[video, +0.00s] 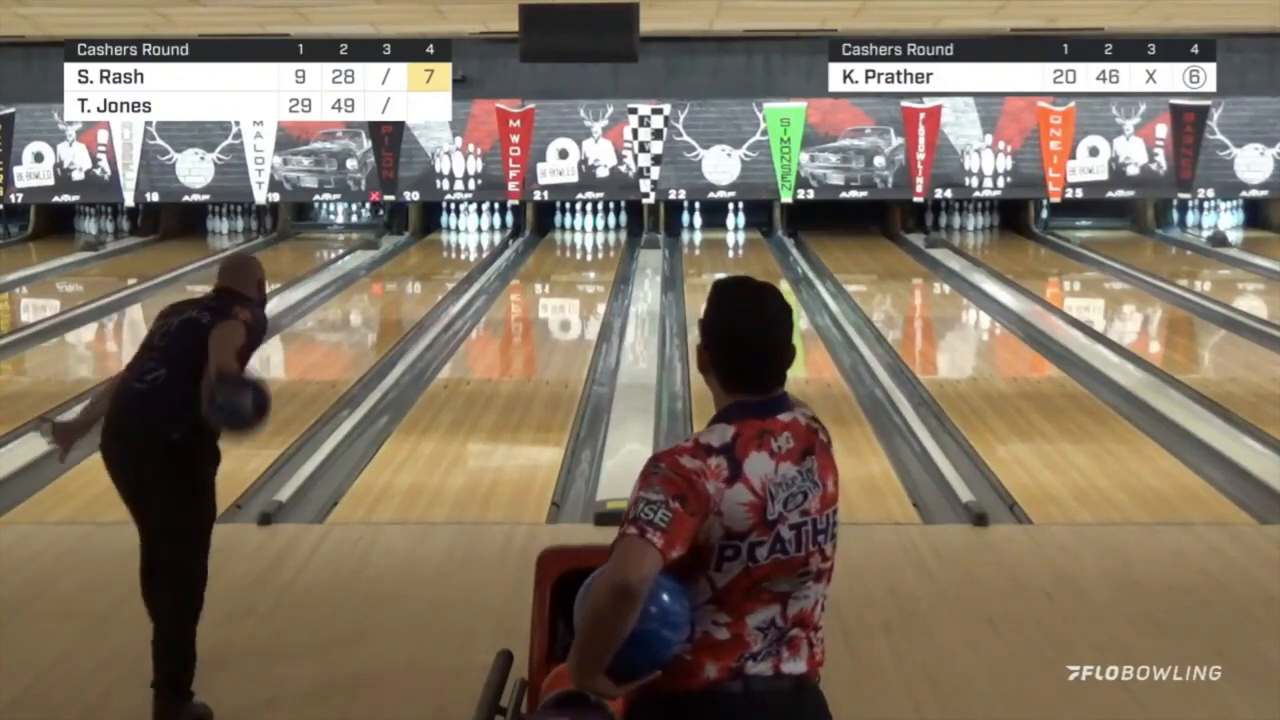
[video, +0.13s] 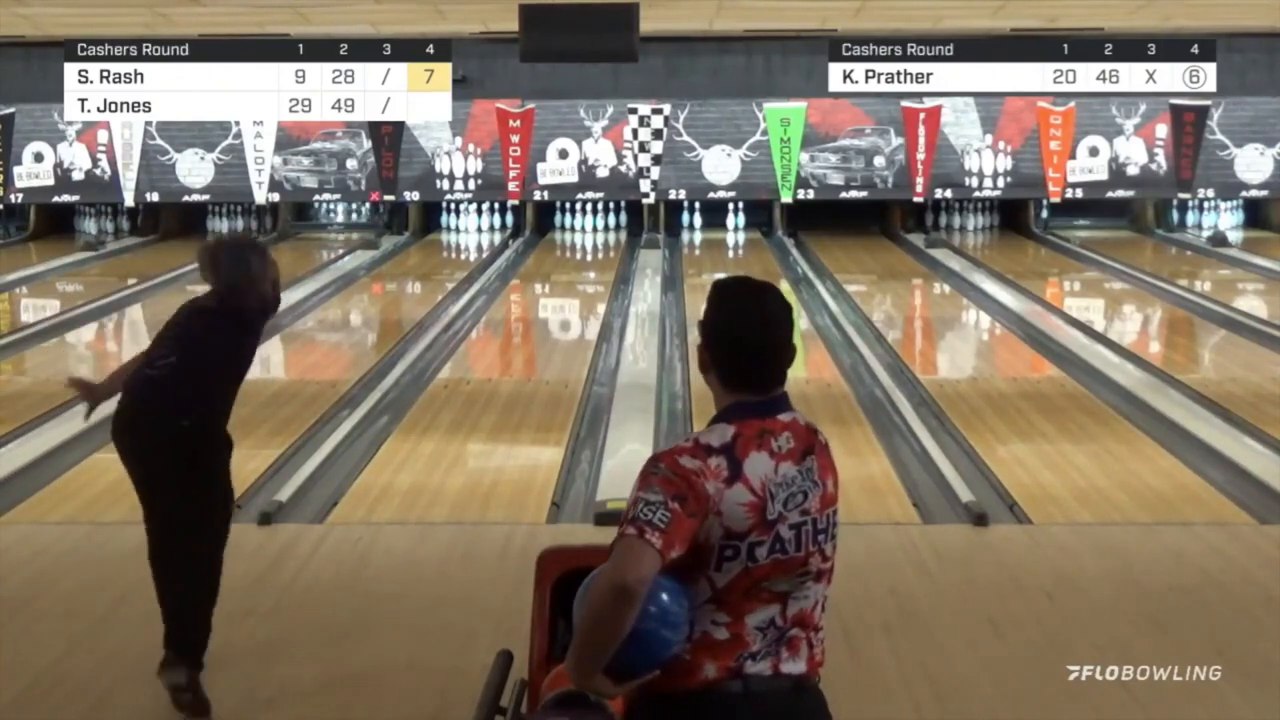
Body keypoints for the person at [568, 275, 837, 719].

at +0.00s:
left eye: (699, 338)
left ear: (702, 357)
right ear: (791, 356)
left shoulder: (686, 467)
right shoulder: (813, 436)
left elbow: (627, 580)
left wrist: (584, 671)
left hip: (696, 695)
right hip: (796, 690)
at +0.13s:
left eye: (700, 340)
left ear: (702, 357)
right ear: (791, 356)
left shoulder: (685, 467)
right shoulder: (817, 449)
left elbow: (627, 579)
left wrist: (582, 669)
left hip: (695, 696)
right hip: (796, 692)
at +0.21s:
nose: (698, 348)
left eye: (699, 339)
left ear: (704, 356)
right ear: (790, 357)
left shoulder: (689, 461)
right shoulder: (815, 449)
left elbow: (627, 579)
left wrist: (582, 669)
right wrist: (702, 434)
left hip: (696, 695)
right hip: (797, 692)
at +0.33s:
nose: (694, 346)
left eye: (696, 337)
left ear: (703, 355)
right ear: (789, 356)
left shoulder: (687, 468)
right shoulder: (810, 439)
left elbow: (629, 581)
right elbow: (727, 392)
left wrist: (584, 671)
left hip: (697, 695)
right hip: (796, 690)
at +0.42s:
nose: (690, 339)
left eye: (694, 332)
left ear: (705, 358)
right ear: (787, 354)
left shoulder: (689, 466)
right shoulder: (810, 436)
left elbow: (631, 579)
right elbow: (711, 369)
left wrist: (586, 668)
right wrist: (631, 330)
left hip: (694, 695)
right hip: (794, 690)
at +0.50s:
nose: (686, 345)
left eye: (690, 336)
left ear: (702, 359)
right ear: (781, 353)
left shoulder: (691, 465)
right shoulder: (809, 442)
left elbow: (632, 578)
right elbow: (699, 376)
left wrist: (584, 670)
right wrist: (638, 301)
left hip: (695, 696)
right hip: (795, 692)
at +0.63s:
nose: (676, 367)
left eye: (676, 355)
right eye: (676, 354)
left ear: (693, 367)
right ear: (765, 352)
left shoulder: (693, 463)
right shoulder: (810, 445)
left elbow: (638, 576)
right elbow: (688, 416)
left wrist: (586, 671)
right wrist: (660, 310)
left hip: (699, 697)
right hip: (796, 691)